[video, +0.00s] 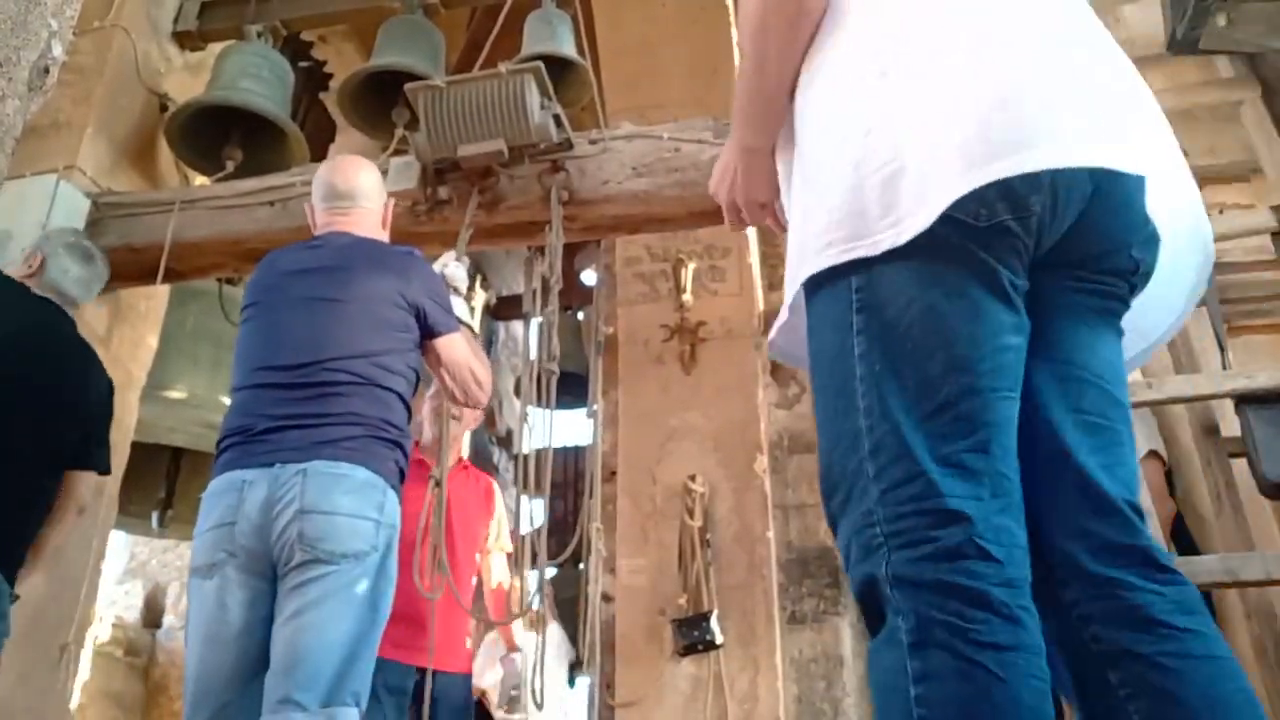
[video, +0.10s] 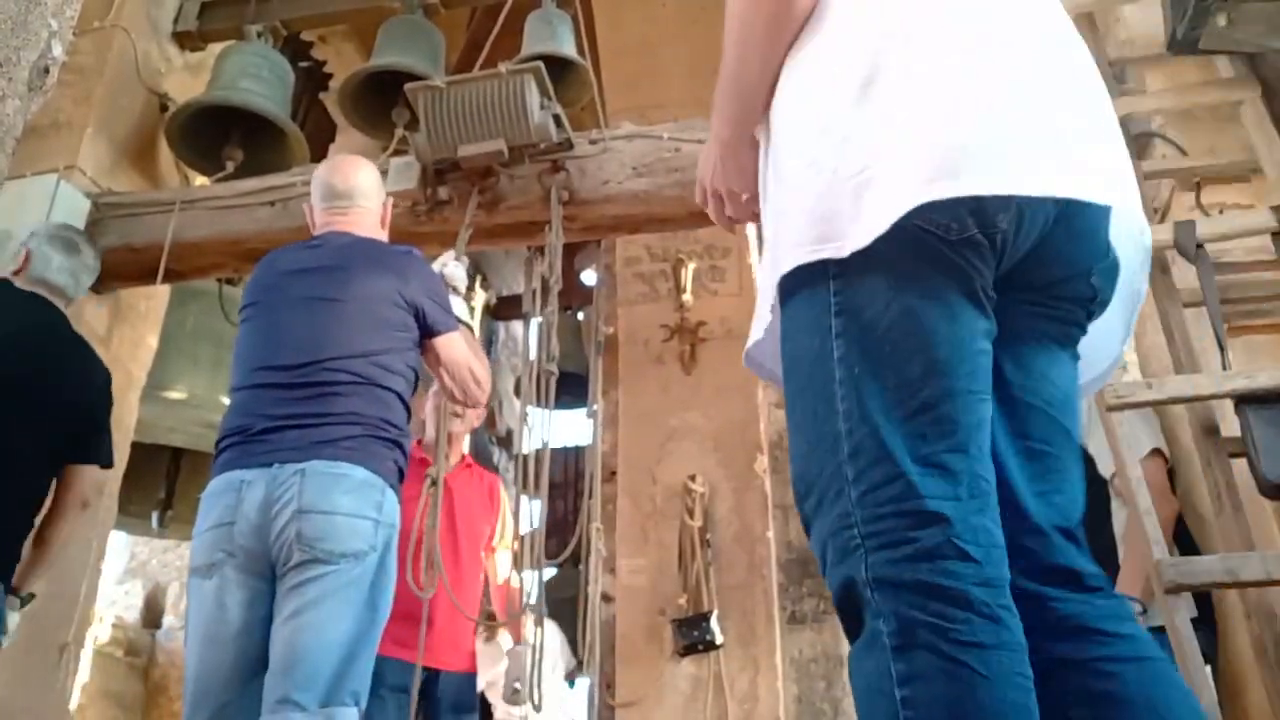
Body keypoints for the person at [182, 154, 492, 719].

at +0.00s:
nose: (392, 214)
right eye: (392, 208)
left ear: (312, 217)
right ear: (387, 212)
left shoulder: (266, 271)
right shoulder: (407, 269)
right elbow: (474, 386)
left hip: (232, 489)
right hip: (346, 488)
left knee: (214, 709)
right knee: (308, 708)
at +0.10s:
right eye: (390, 208)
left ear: (311, 218)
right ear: (386, 212)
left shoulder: (266, 270)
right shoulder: (406, 267)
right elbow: (472, 385)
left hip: (230, 489)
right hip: (344, 487)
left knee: (213, 709)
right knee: (308, 708)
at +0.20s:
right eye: (390, 208)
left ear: (310, 218)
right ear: (385, 211)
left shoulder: (265, 270)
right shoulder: (405, 266)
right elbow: (471, 386)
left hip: (230, 489)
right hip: (344, 486)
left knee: (213, 709)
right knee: (308, 707)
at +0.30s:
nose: (390, 215)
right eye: (390, 208)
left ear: (310, 218)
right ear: (385, 211)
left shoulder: (265, 270)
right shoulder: (405, 266)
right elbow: (472, 386)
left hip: (230, 489)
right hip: (345, 485)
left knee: (214, 709)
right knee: (309, 708)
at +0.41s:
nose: (391, 215)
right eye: (391, 207)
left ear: (311, 216)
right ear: (385, 209)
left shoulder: (264, 270)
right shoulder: (406, 265)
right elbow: (473, 386)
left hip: (231, 488)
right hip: (345, 485)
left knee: (214, 709)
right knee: (309, 707)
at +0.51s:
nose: (394, 215)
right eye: (394, 207)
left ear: (314, 215)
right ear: (388, 209)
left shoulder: (265, 269)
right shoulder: (407, 265)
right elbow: (473, 386)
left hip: (231, 489)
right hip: (345, 485)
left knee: (214, 709)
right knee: (309, 707)